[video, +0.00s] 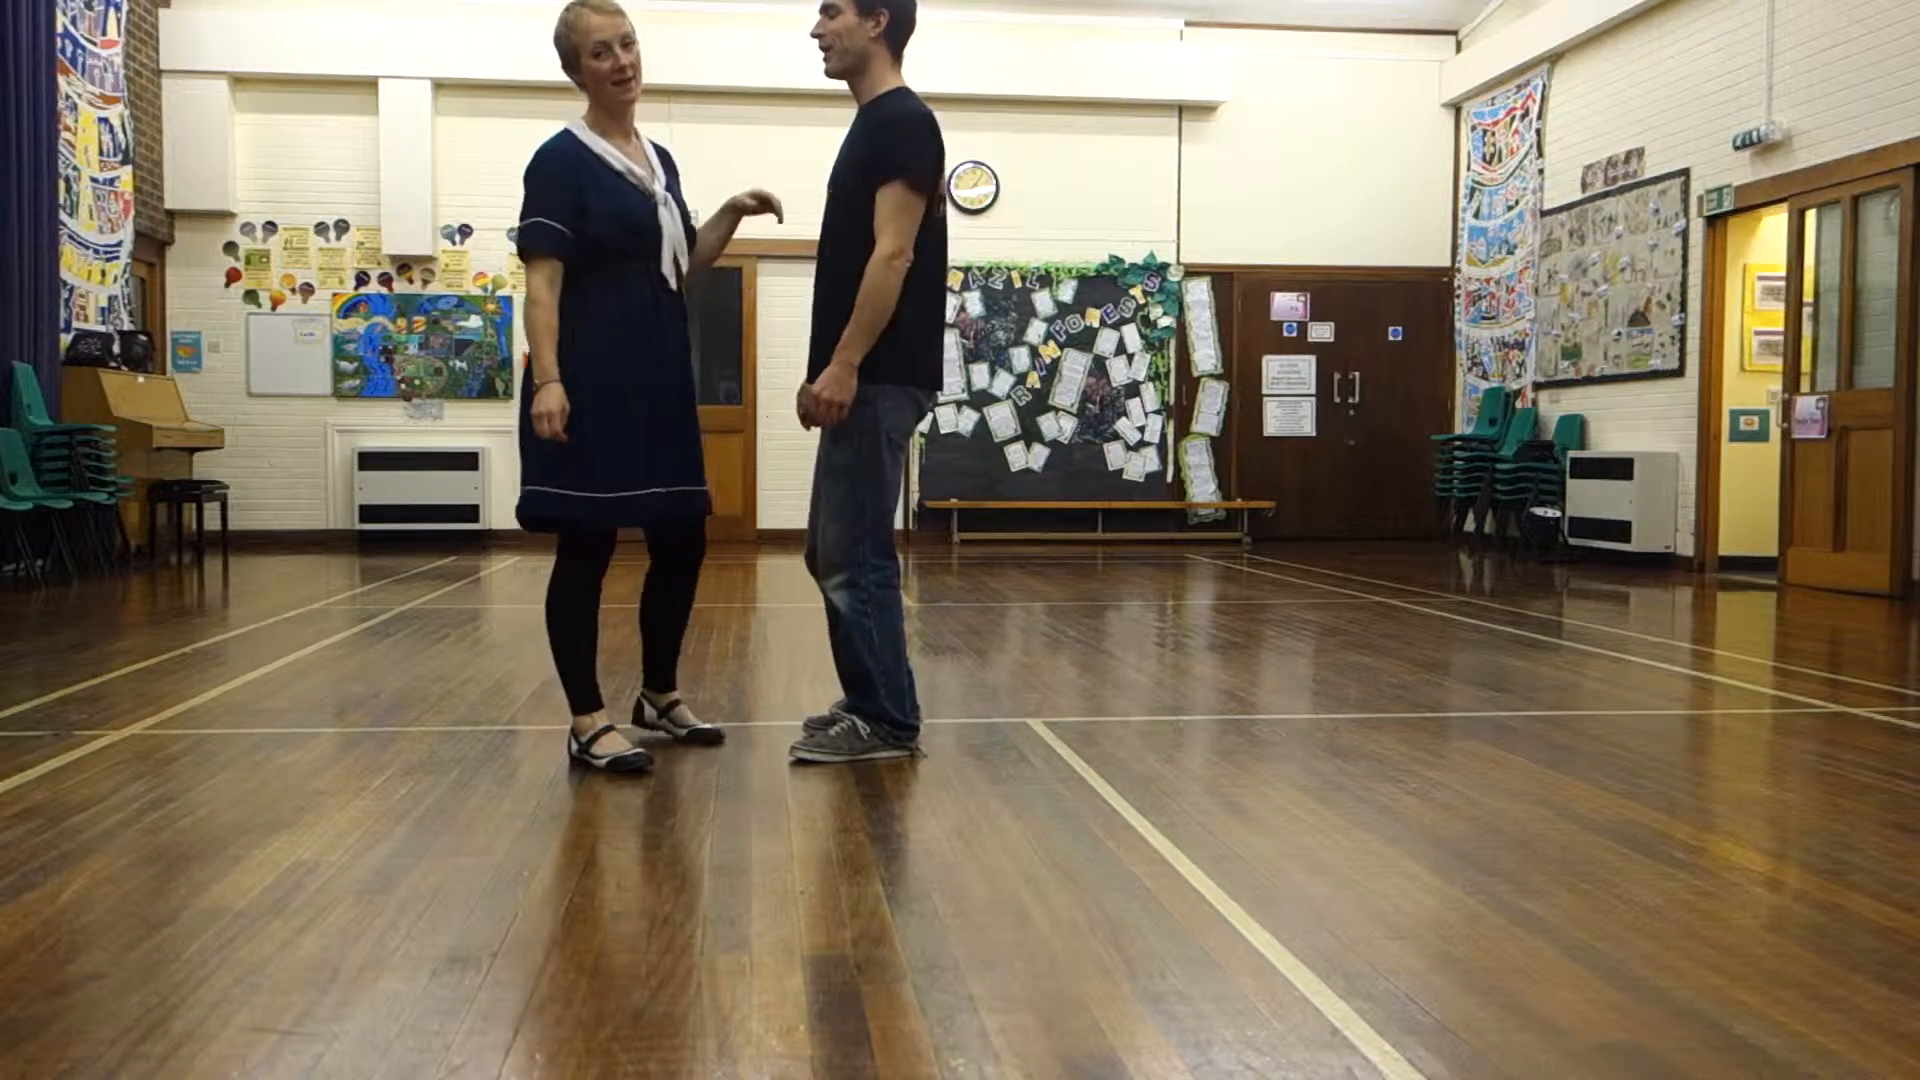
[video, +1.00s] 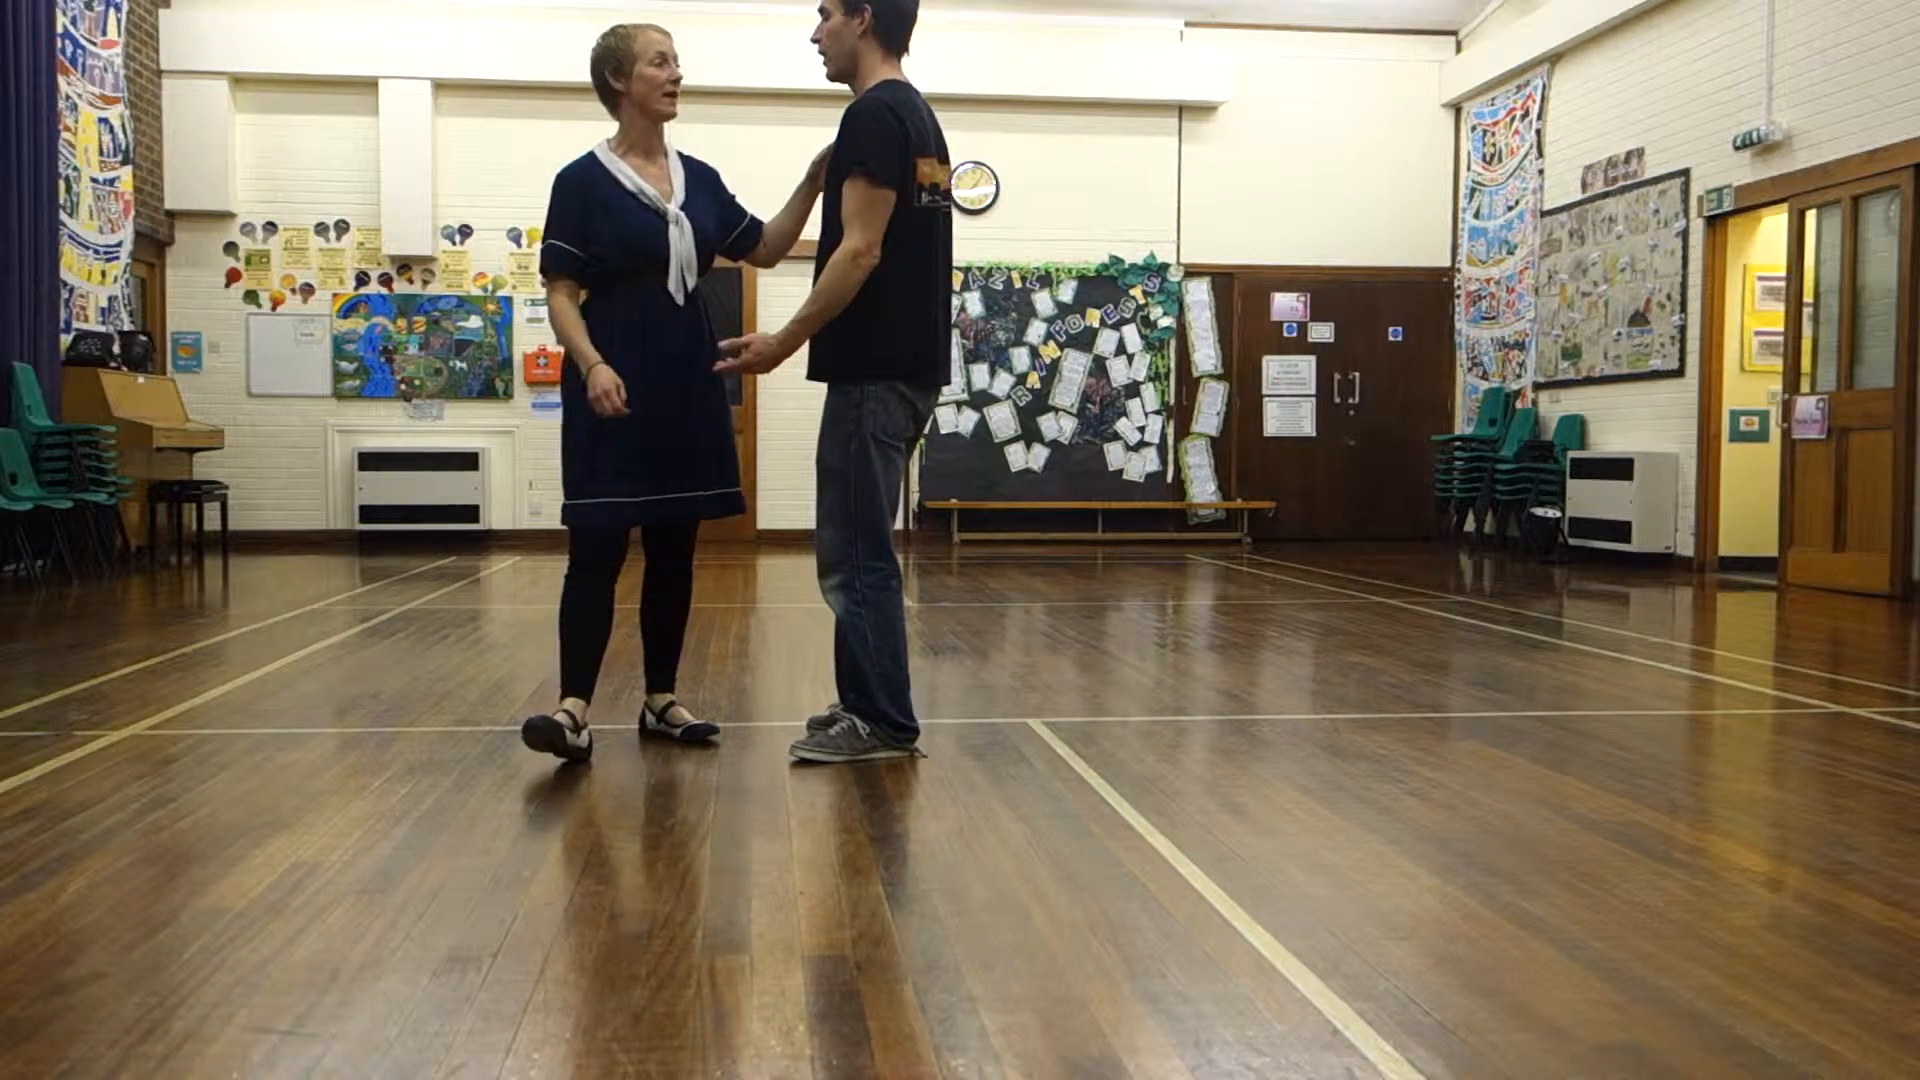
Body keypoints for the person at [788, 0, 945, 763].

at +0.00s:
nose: (818, 28)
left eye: (834, 13)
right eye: (820, 15)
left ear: (880, 23)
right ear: (869, 28)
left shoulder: (902, 120)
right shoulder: (874, 123)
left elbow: (894, 254)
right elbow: (856, 259)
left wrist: (843, 366)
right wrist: (826, 373)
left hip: (884, 375)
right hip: (864, 374)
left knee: (854, 552)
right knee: (833, 549)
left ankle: (887, 719)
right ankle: (870, 706)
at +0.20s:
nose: (813, 30)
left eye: (826, 14)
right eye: (816, 16)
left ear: (871, 23)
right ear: (868, 28)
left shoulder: (896, 117)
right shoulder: (874, 120)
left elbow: (889, 252)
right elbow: (856, 256)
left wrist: (848, 368)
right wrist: (823, 366)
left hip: (882, 374)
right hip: (866, 372)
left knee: (852, 550)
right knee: (837, 548)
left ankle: (886, 720)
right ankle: (866, 707)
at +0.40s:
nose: (812, 31)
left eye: (825, 14)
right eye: (815, 16)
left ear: (866, 22)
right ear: (868, 27)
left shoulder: (889, 113)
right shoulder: (881, 115)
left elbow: (880, 250)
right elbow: (880, 252)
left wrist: (828, 359)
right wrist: (829, 360)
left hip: (875, 371)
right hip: (867, 371)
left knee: (853, 550)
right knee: (839, 547)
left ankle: (885, 721)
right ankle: (866, 707)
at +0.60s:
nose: (813, 29)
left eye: (825, 14)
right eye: (816, 15)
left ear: (863, 21)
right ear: (869, 24)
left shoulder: (884, 113)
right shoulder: (885, 114)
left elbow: (861, 250)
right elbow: (872, 253)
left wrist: (794, 350)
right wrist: (810, 356)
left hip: (875, 371)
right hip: (871, 370)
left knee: (854, 551)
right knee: (848, 548)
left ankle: (883, 721)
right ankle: (869, 708)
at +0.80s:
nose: (814, 30)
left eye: (825, 15)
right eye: (818, 15)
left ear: (861, 22)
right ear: (871, 27)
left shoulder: (879, 113)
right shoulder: (906, 114)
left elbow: (851, 249)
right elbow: (872, 253)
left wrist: (784, 352)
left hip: (874, 372)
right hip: (889, 368)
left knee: (854, 555)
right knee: (856, 548)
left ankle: (884, 722)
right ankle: (869, 708)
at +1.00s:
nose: (816, 33)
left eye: (825, 18)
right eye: (819, 18)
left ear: (861, 22)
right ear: (872, 27)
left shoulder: (877, 112)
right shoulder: (910, 114)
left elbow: (860, 248)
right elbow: (888, 252)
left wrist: (784, 340)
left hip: (875, 371)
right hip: (895, 367)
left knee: (855, 555)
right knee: (857, 549)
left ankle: (884, 721)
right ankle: (868, 707)